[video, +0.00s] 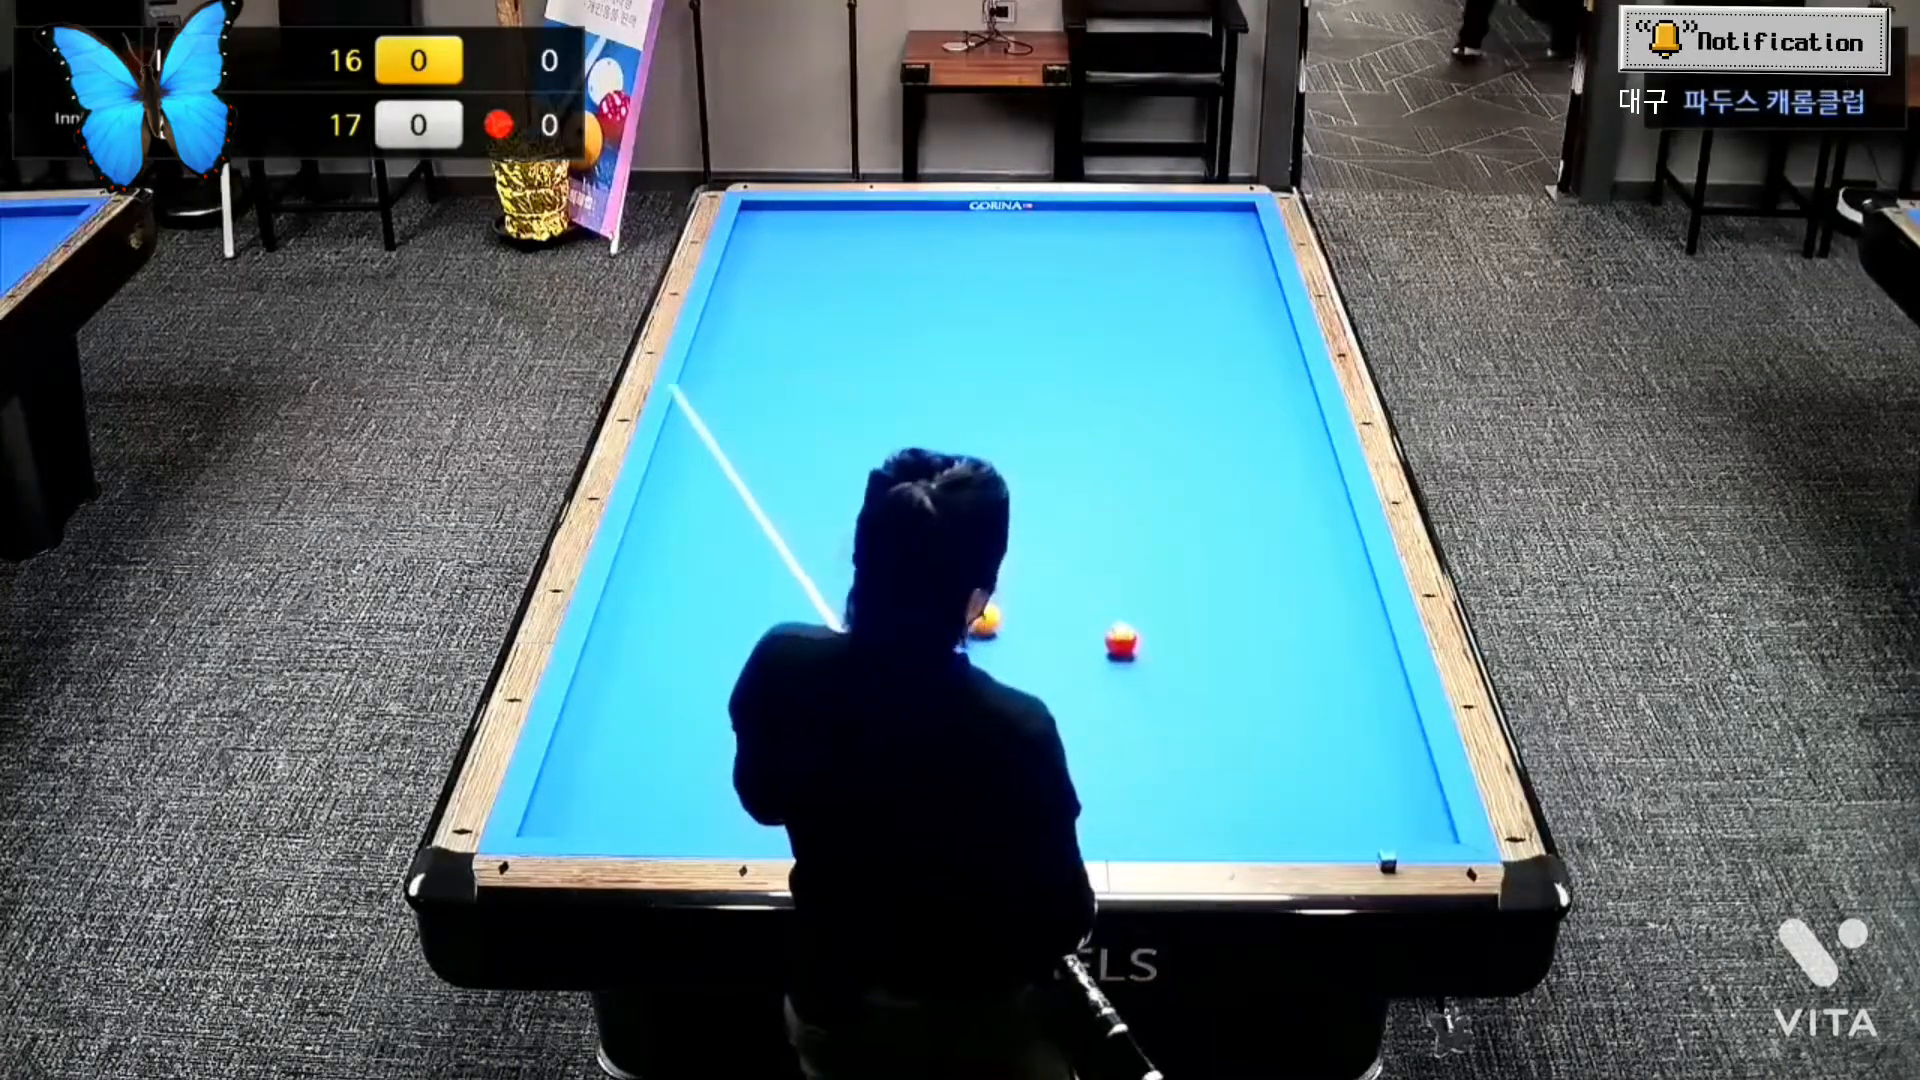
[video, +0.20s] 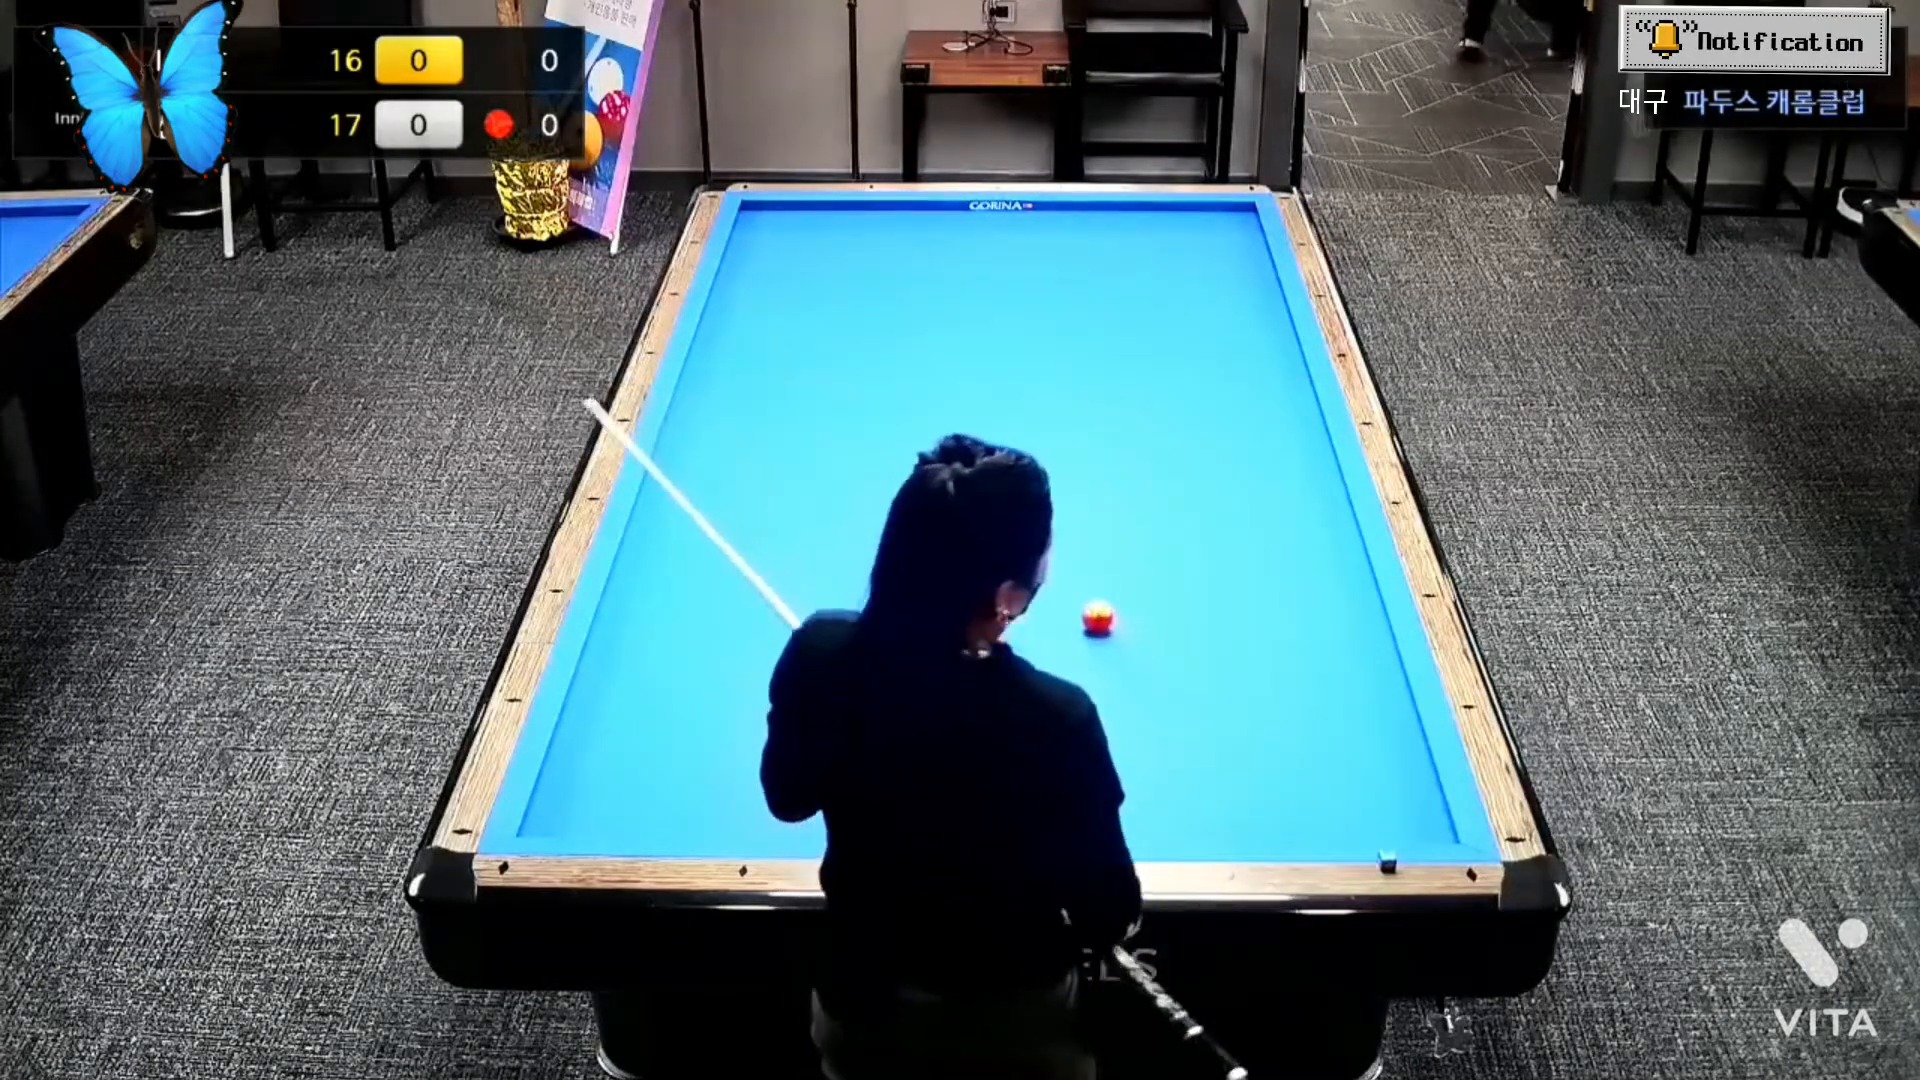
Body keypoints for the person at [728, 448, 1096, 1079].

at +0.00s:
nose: (990, 589)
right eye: (989, 573)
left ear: (863, 559)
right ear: (975, 587)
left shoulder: (786, 665)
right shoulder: (1019, 728)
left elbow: (764, 801)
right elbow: (1064, 913)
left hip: (834, 1008)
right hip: (983, 1016)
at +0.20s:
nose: (1029, 598)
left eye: (1035, 574)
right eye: (1033, 573)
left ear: (911, 552)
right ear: (1002, 589)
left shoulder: (823, 655)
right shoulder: (1056, 717)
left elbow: (788, 798)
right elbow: (1110, 910)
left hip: (863, 1003)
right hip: (1019, 1010)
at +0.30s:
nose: (1069, 592)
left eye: (1074, 567)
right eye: (1070, 566)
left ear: (950, 543)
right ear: (1038, 575)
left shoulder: (856, 652)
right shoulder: (1090, 709)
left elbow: (802, 803)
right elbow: (1156, 901)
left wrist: (871, 698)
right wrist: (1124, 923)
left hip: (887, 1005)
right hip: (1045, 1008)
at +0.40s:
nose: (1123, 575)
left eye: (1126, 553)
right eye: (1123, 554)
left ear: (1000, 535)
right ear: (1094, 573)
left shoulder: (902, 647)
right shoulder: (1139, 700)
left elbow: (836, 811)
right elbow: (1211, 888)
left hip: (917, 1007)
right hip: (1075, 1012)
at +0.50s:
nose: (1165, 568)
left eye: (1166, 549)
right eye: (1168, 550)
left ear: (1048, 529)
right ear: (1152, 564)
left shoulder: (948, 643)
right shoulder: (1187, 692)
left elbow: (881, 819)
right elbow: (1246, 842)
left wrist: (862, 773)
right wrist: (1288, 877)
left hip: (948, 1004)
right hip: (1111, 1010)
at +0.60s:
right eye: (1210, 517)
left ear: (1087, 515)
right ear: (1205, 532)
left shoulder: (997, 640)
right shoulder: (1230, 683)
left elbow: (932, 822)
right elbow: (1290, 822)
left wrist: (881, 800)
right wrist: (1347, 854)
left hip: (978, 997)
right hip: (1141, 1001)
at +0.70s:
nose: (1100, 509)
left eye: (1104, 497)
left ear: (1115, 514)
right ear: (1228, 515)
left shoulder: (1028, 637)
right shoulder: (1257, 669)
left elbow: (966, 820)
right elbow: (1308, 795)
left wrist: (893, 810)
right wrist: (1365, 844)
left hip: (1005, 994)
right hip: (1163, 995)